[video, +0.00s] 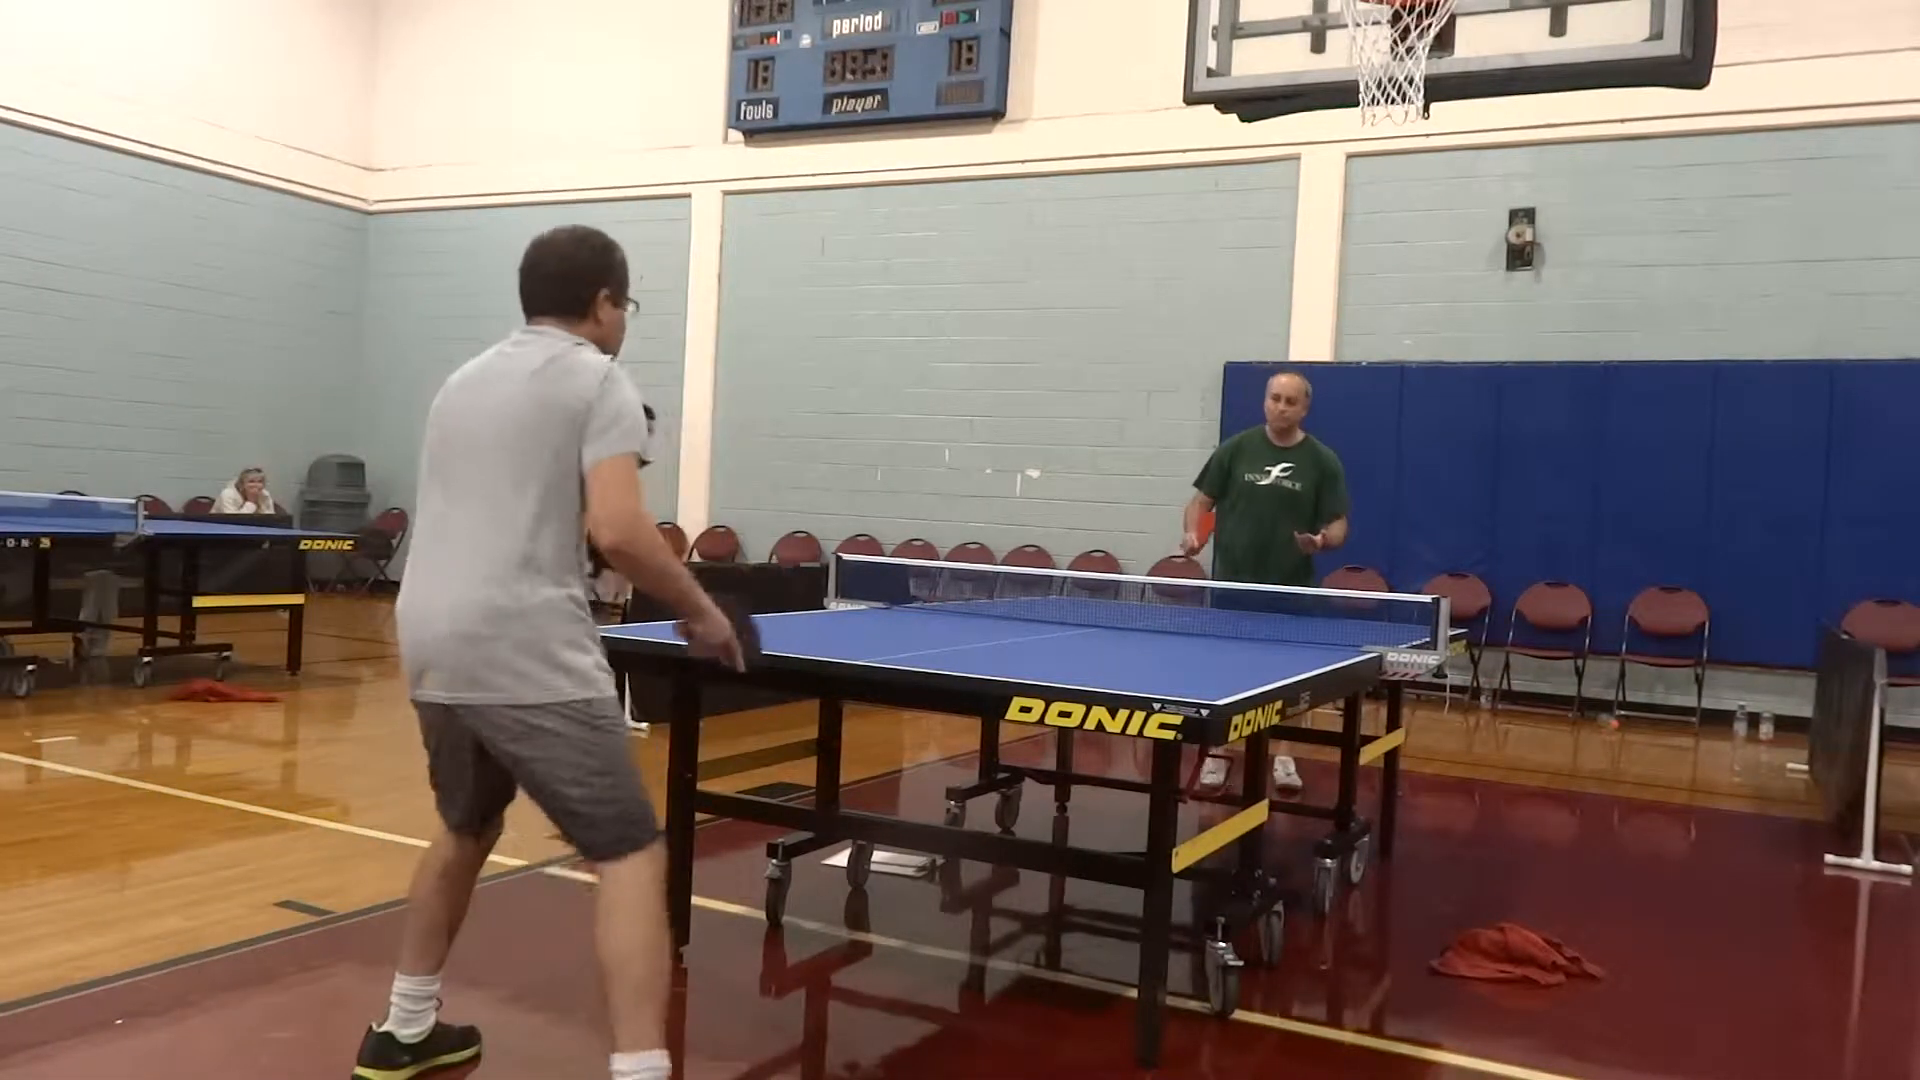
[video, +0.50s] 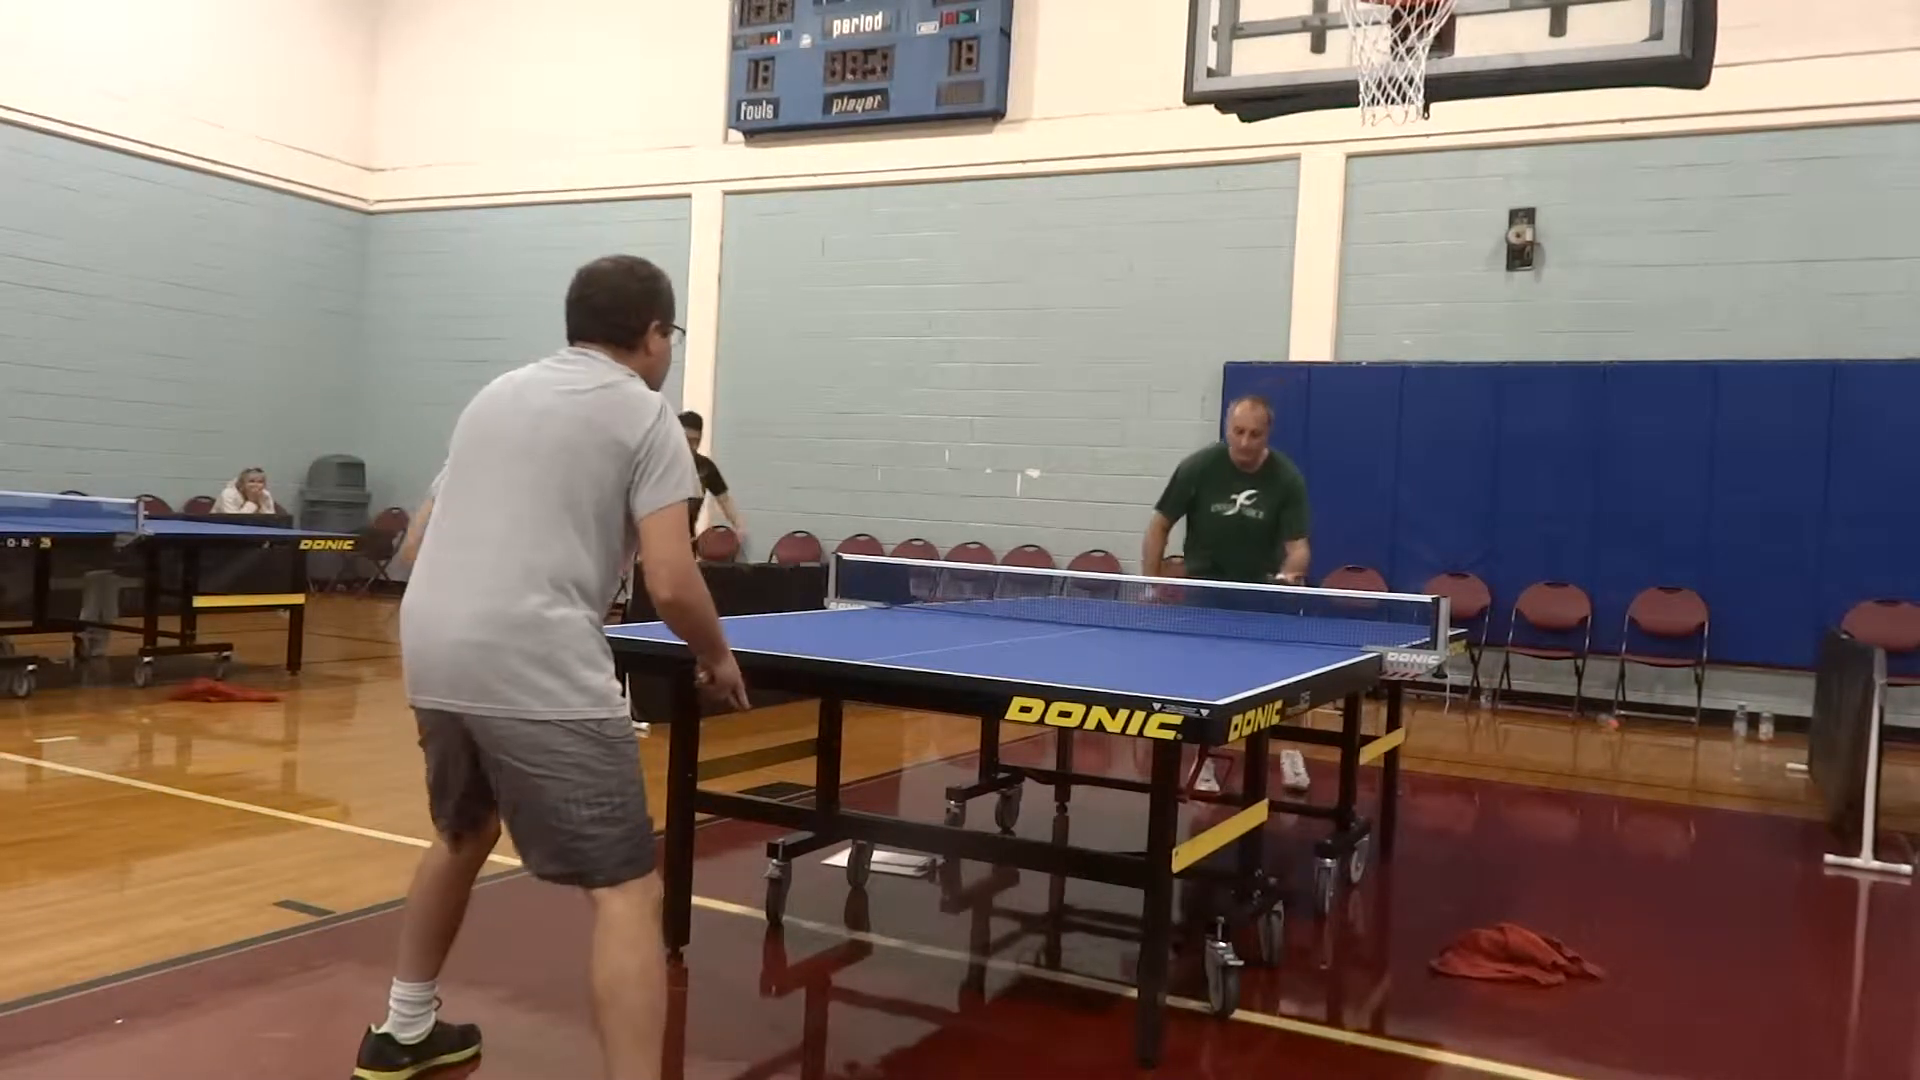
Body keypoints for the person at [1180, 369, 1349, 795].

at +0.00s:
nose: (1280, 407)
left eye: (1290, 401)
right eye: (1275, 399)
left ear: (1305, 408)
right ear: (1265, 401)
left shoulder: (1323, 461)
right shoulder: (1235, 449)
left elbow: (1338, 524)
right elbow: (1200, 501)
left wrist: (1321, 540)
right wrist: (1191, 532)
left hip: (1290, 592)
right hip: (1232, 586)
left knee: (1289, 671)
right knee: (1225, 663)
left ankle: (1283, 753)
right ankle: (1217, 752)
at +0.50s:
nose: (1245, 442)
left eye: (1255, 434)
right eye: (1238, 432)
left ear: (1269, 434)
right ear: (1226, 429)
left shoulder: (1286, 478)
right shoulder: (1197, 468)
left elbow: (1298, 546)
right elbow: (1159, 526)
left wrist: (1291, 573)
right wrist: (1152, 585)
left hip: (1263, 596)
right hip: (1205, 592)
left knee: (1283, 666)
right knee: (1203, 671)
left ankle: (1289, 745)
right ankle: (1207, 757)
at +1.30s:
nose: (1268, 413)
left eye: (1276, 405)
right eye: (1260, 404)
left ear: (1284, 410)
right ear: (1241, 408)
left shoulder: (1300, 457)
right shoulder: (1212, 454)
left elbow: (1316, 520)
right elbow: (1182, 521)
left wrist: (1326, 518)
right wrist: (1215, 564)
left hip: (1278, 583)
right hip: (1219, 582)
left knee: (1298, 661)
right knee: (1214, 664)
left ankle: (1301, 748)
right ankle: (1210, 756)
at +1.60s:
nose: (1282, 426)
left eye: (1288, 417)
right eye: (1273, 417)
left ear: (1295, 420)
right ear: (1253, 419)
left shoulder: (1311, 466)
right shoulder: (1230, 464)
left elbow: (1334, 533)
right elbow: (1229, 537)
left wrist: (1356, 572)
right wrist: (1284, 560)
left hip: (1292, 594)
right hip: (1232, 591)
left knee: (1306, 671)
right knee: (1222, 668)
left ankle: (1300, 754)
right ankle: (1211, 757)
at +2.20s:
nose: (1288, 410)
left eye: (1298, 403)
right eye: (1281, 402)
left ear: (1313, 412)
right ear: (1270, 410)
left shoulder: (1343, 461)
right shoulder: (1247, 466)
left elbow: (1373, 518)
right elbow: (1231, 526)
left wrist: (1379, 573)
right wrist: (1241, 566)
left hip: (1333, 596)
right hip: (1268, 597)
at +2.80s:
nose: (1360, 416)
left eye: (1371, 409)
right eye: (1354, 407)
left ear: (1385, 416)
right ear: (1341, 411)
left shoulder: (1412, 468)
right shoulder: (1317, 463)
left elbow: (1435, 534)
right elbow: (1271, 523)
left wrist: (1404, 572)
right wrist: (1296, 565)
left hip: (1388, 610)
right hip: (1321, 606)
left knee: (1424, 685)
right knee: (1272, 676)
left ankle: (1437, 780)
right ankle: (1252, 763)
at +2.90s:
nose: (1366, 423)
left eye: (1376, 416)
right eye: (1359, 414)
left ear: (1390, 423)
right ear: (1345, 418)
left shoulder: (1408, 477)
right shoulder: (1320, 469)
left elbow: (1421, 544)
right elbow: (1268, 527)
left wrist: (1424, 607)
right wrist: (1301, 557)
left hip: (1391, 614)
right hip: (1323, 611)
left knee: (1423, 686)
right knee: (1275, 679)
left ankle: (1436, 781)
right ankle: (1252, 761)